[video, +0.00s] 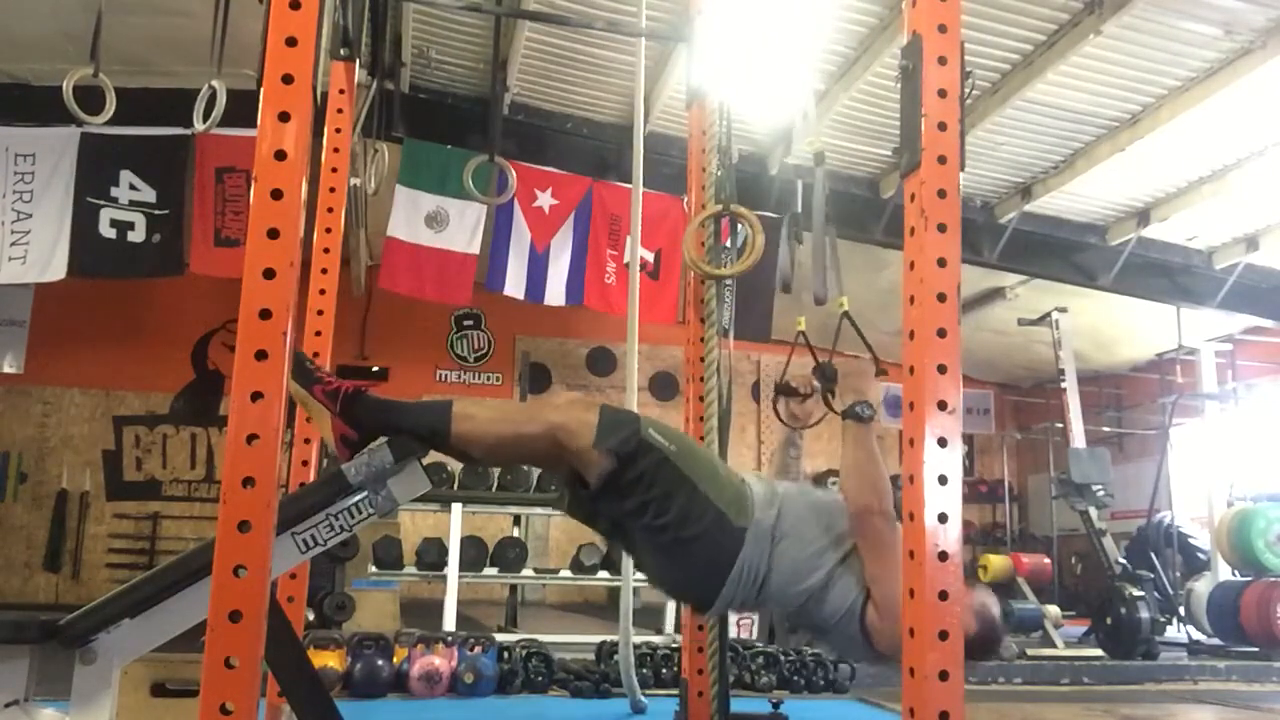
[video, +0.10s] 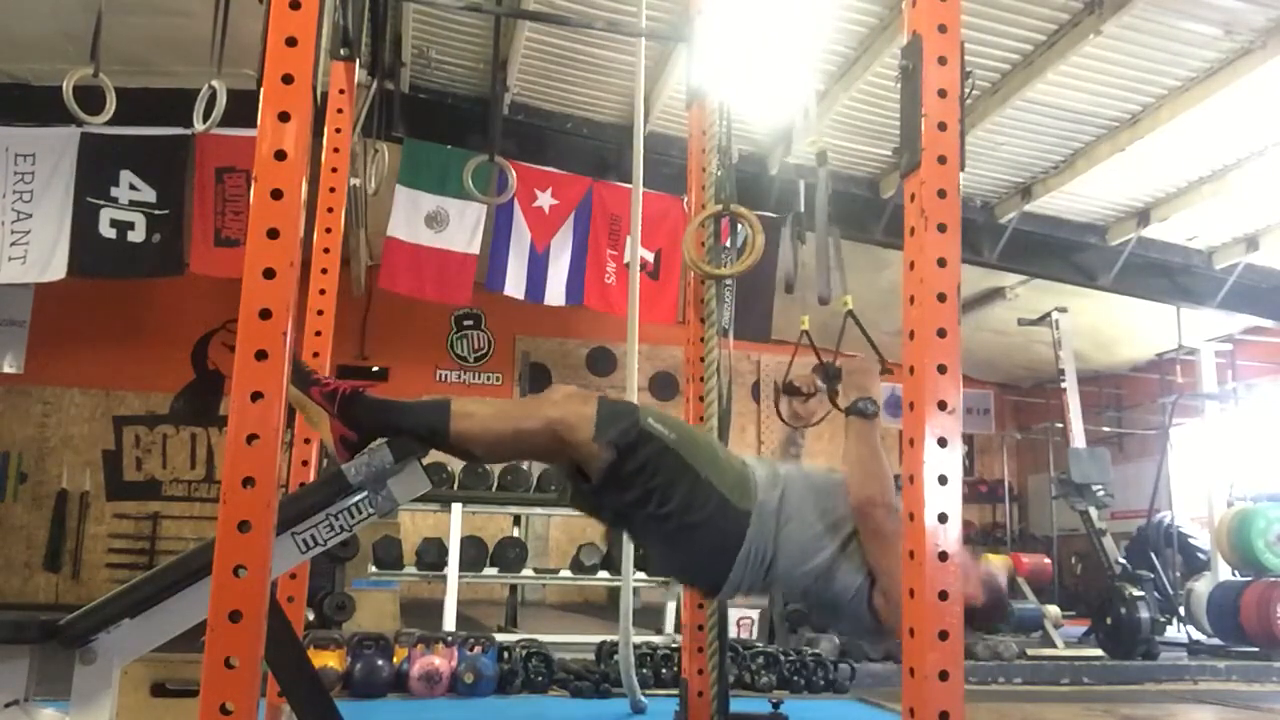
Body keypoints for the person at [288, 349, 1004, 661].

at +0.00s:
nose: (948, 588)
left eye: (958, 611)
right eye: (962, 590)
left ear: (951, 642)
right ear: (950, 590)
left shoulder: (905, 639)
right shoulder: (903, 585)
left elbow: (874, 517)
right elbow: (869, 515)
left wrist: (861, 408)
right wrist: (843, 407)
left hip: (736, 548)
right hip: (736, 513)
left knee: (586, 425)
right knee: (563, 431)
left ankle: (369, 414)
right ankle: (382, 422)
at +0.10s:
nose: (971, 558)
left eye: (977, 575)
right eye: (981, 560)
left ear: (966, 610)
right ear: (964, 561)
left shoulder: (910, 629)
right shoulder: (910, 558)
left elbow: (869, 509)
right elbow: (870, 495)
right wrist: (870, 413)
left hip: (736, 529)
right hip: (733, 493)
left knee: (579, 420)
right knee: (563, 418)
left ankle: (364, 413)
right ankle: (375, 424)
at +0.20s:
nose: (970, 515)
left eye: (980, 528)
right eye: (982, 515)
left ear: (965, 559)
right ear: (969, 526)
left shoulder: (916, 559)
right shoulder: (910, 543)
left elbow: (872, 462)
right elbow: (865, 439)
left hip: (746, 494)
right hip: (739, 485)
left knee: (571, 410)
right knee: (562, 413)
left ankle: (366, 413)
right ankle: (376, 419)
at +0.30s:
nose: (986, 467)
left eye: (995, 478)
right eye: (991, 463)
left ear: (989, 508)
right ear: (978, 460)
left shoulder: (939, 528)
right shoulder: (930, 469)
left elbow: (887, 486)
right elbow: (876, 464)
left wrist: (917, 408)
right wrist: (883, 398)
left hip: (754, 468)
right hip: (745, 454)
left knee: (570, 407)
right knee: (560, 407)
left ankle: (365, 414)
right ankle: (373, 416)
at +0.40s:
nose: (975, 443)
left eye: (985, 450)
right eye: (982, 442)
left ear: (987, 471)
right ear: (974, 444)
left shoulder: (947, 476)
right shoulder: (930, 452)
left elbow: (894, 481)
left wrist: (917, 395)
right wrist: (877, 385)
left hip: (758, 437)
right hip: (749, 458)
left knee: (566, 410)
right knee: (560, 413)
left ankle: (370, 416)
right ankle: (379, 420)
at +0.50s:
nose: (992, 419)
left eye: (1002, 429)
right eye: (995, 412)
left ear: (998, 446)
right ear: (981, 401)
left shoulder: (959, 460)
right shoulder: (934, 406)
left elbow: (905, 484)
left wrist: (907, 390)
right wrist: (877, 369)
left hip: (762, 437)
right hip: (750, 420)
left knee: (577, 409)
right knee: (572, 406)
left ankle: (375, 420)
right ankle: (382, 419)